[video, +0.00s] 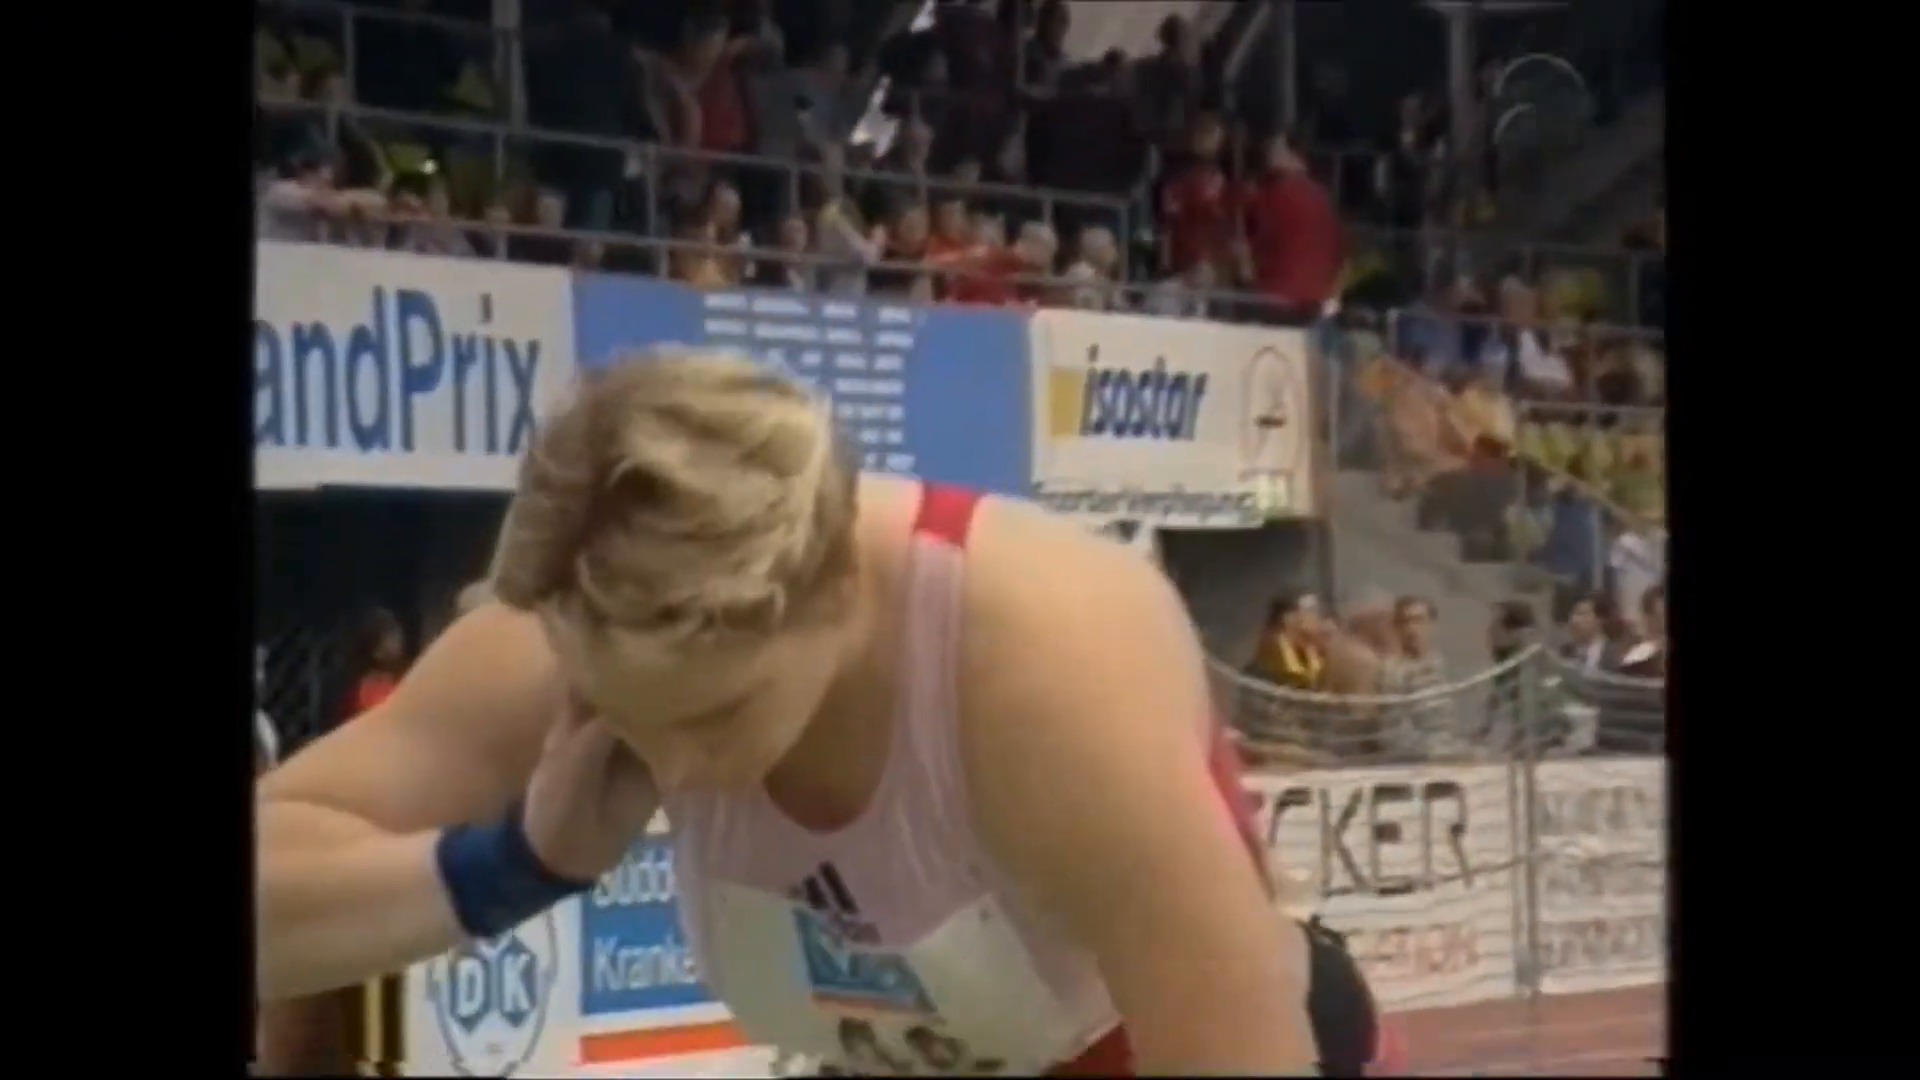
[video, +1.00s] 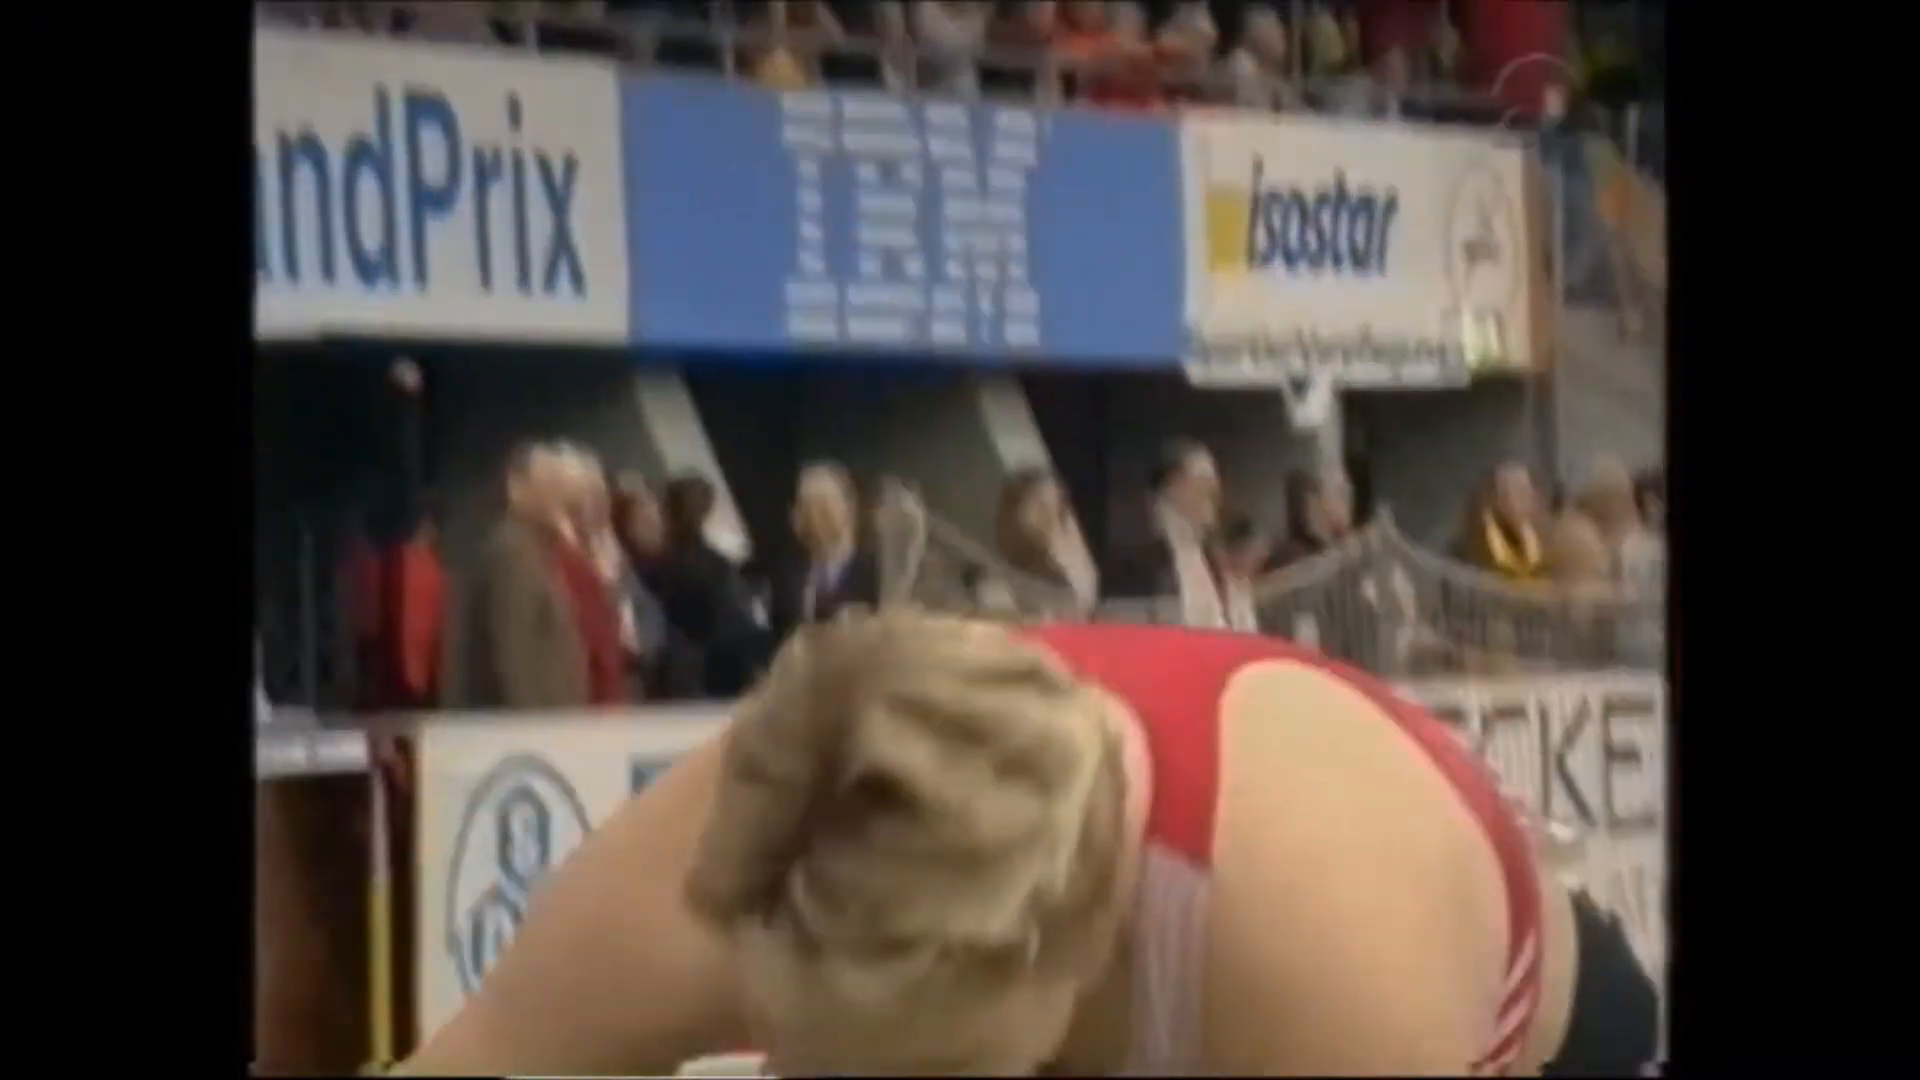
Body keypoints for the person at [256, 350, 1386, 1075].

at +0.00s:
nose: (680, 764)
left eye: (716, 718)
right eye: (632, 721)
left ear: (828, 602)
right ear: (577, 637)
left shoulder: (1047, 647)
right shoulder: (568, 646)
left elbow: (1246, 1052)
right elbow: (256, 893)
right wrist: (514, 863)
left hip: (1153, 1036)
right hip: (861, 1043)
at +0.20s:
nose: (712, 510)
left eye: (762, 456)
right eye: (664, 457)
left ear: (884, 348)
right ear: (608, 382)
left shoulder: (1099, 441)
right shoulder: (585, 458)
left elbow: (1265, 976)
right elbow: (255, 706)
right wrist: (530, 664)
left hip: (1189, 1021)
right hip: (906, 1037)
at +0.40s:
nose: (783, 293)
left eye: (842, 235)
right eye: (729, 235)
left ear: (980, 122)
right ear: (671, 165)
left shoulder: (1173, 253)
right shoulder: (625, 291)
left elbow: (1306, 816)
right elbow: (260, 504)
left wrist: (1175, 1069)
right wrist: (568, 444)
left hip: (1240, 1001)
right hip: (900, 1022)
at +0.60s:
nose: (837, 380)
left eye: (898, 317)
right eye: (784, 318)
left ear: (1039, 189)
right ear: (729, 229)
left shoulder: (1253, 309)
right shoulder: (674, 316)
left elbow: (1375, 957)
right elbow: (269, 548)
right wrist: (624, 528)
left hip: (1303, 1014)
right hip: (962, 1021)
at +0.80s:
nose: (893, 781)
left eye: (947, 730)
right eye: (841, 727)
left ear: (1079, 590)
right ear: (765, 616)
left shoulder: (1315, 651)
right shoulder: (699, 613)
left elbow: (1452, 1057)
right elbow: (327, 976)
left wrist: (1135, 1071)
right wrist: (731, 924)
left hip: (1430, 1025)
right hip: (1084, 1010)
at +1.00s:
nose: (889, 1071)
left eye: (953, 1048)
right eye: (833, 1046)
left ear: (1067, 956)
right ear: (781, 929)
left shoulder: (1318, 963)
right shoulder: (680, 876)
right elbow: (455, 1058)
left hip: (1511, 957)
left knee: (1620, 1028)